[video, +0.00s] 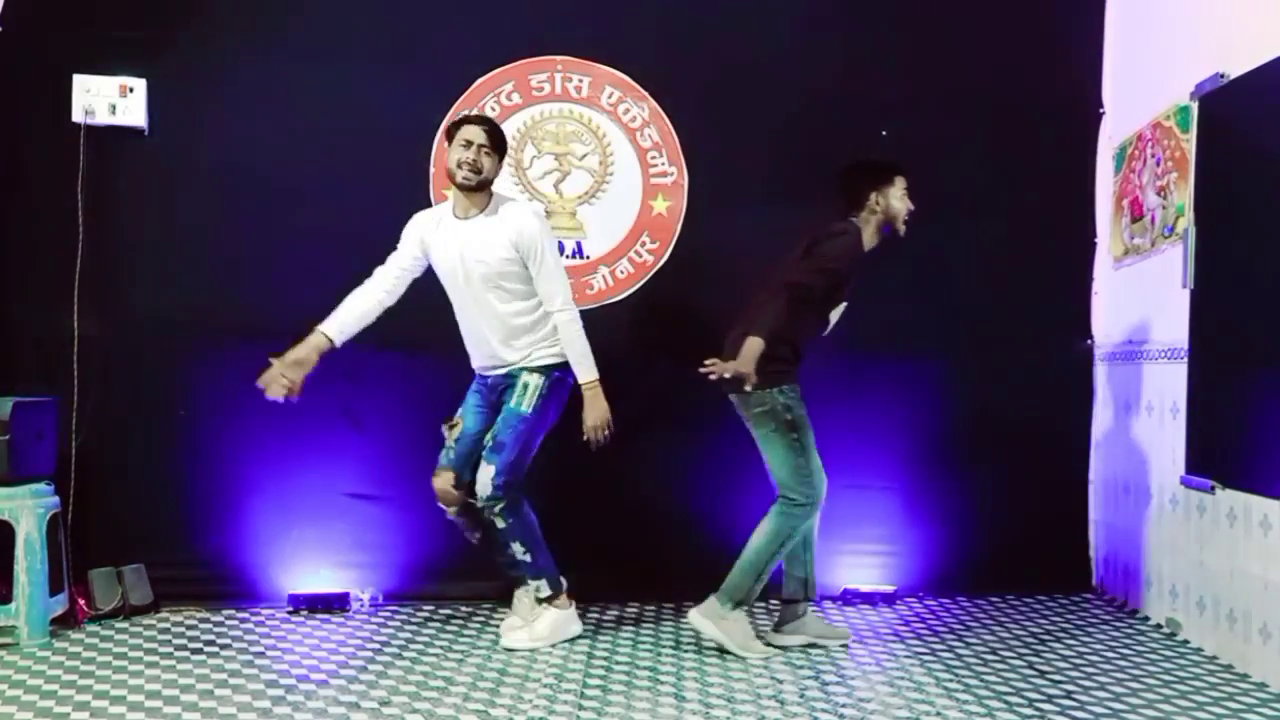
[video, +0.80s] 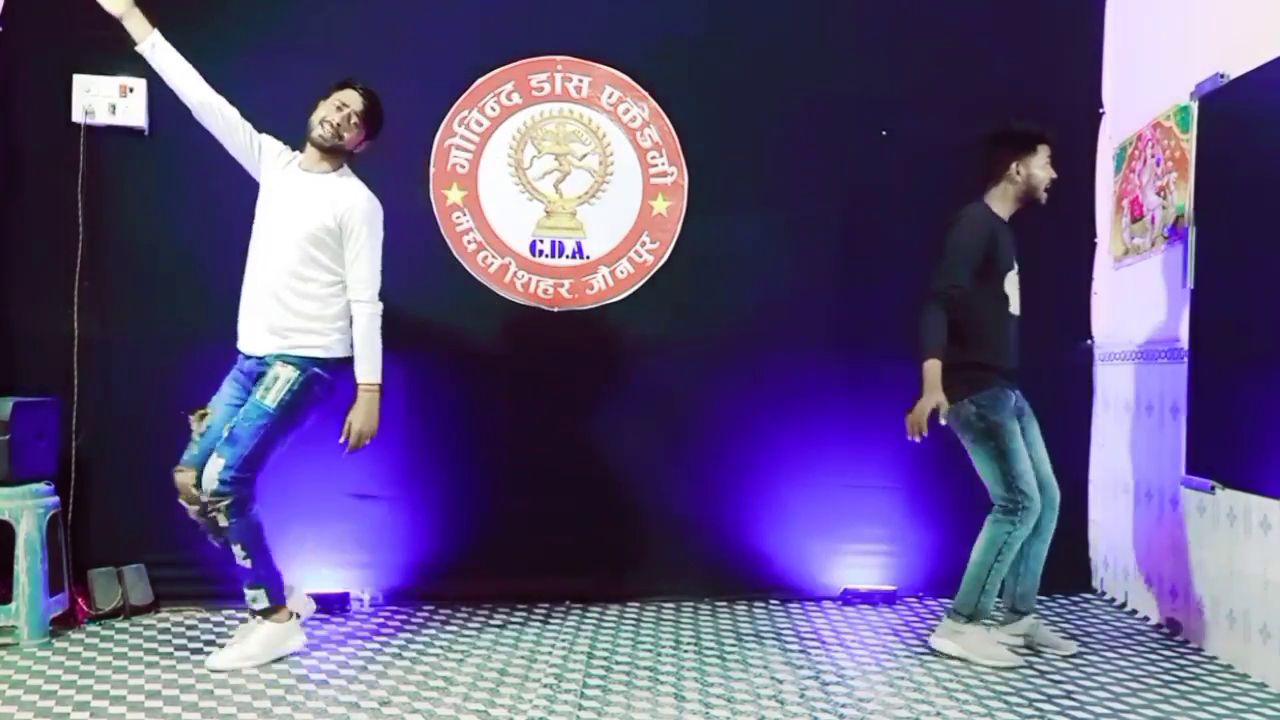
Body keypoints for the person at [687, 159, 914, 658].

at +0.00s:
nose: (909, 205)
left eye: (908, 195)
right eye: (903, 194)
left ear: (871, 201)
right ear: (876, 199)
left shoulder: (842, 241)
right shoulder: (845, 242)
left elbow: (783, 295)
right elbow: (787, 290)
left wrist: (738, 357)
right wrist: (748, 359)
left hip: (771, 376)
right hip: (767, 379)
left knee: (807, 491)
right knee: (801, 493)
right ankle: (722, 608)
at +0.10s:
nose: (935, 202)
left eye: (933, 192)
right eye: (928, 191)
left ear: (901, 198)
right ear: (901, 196)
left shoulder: (870, 243)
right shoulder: (869, 241)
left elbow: (816, 300)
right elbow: (814, 292)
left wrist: (779, 366)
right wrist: (786, 362)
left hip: (792, 380)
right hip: (804, 381)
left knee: (830, 493)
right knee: (857, 490)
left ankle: (799, 610)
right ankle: (785, 599)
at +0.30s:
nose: (975, 199)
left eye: (972, 189)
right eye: (969, 189)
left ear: (940, 196)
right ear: (942, 195)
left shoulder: (912, 239)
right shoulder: (915, 241)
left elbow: (859, 294)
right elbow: (864, 292)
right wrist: (840, 363)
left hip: (864, 382)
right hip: (853, 385)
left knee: (910, 480)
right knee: (888, 504)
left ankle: (877, 606)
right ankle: (822, 620)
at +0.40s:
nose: (999, 196)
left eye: (996, 186)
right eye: (993, 186)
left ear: (962, 193)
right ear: (967, 191)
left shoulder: (927, 235)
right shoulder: (940, 238)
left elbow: (888, 300)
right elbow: (892, 295)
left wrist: (872, 368)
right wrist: (872, 366)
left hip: (877, 384)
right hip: (891, 386)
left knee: (921, 496)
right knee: (941, 496)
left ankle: (903, 617)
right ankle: (855, 593)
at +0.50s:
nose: (1019, 189)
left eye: (1018, 179)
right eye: (1013, 178)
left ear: (982, 184)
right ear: (985, 182)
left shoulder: (955, 232)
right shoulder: (956, 232)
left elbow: (916, 299)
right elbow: (909, 292)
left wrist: (897, 371)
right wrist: (897, 368)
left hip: (900, 382)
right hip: (916, 383)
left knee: (945, 493)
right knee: (980, 489)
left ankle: (908, 611)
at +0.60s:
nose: (1031, 183)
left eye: (1030, 173)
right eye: (1026, 172)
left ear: (997, 177)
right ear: (1000, 176)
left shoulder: (977, 228)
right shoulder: (965, 227)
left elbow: (939, 298)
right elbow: (925, 291)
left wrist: (917, 369)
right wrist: (914, 367)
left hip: (951, 385)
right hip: (940, 389)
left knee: (1011, 479)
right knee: (992, 499)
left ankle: (941, 586)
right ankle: (958, 627)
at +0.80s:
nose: (1052, 174)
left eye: (1051, 164)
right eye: (1046, 163)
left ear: (1019, 169)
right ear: (1017, 167)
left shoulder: (999, 232)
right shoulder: (972, 225)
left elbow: (988, 310)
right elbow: (938, 303)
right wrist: (931, 384)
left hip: (1006, 389)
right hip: (976, 392)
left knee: (1047, 500)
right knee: (1017, 503)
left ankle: (1014, 617)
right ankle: (962, 623)